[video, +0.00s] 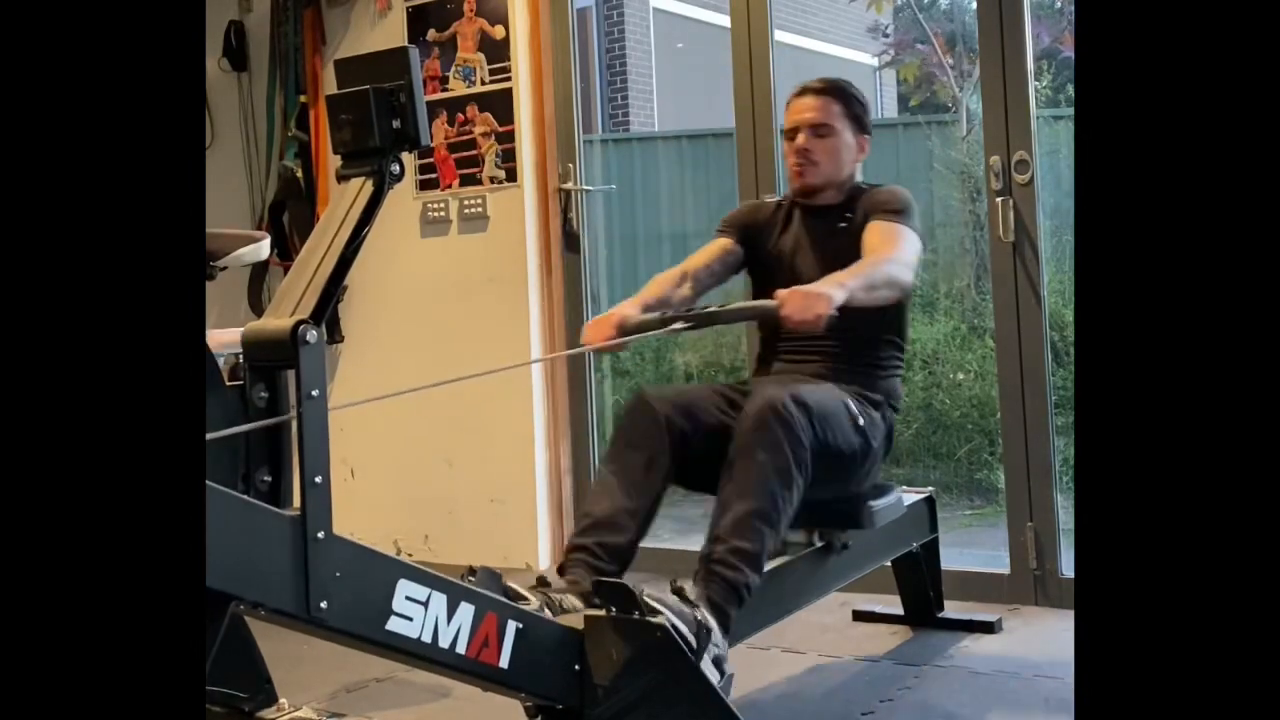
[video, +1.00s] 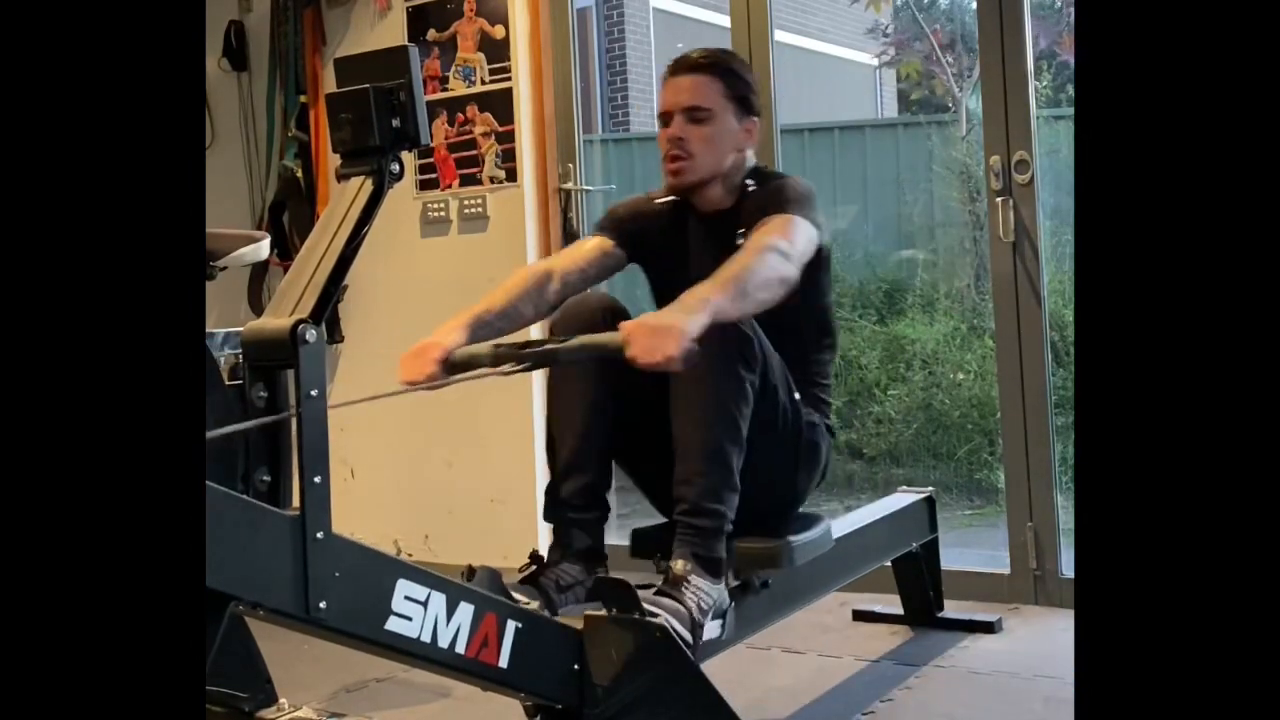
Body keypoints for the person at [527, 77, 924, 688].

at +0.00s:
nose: (799, 145)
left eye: (819, 132)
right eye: (791, 134)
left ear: (861, 146)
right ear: (781, 144)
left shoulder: (884, 208)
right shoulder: (759, 219)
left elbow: (894, 268)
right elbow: (688, 278)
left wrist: (835, 288)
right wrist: (629, 309)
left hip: (854, 414)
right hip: (758, 403)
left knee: (777, 406)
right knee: (653, 410)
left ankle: (710, 614)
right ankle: (578, 586)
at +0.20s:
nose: (830, 178)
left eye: (846, 163)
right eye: (821, 166)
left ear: (887, 165)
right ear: (813, 170)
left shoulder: (925, 233)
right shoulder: (804, 238)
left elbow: (1012, 295)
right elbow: (742, 291)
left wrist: (928, 287)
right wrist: (712, 302)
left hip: (869, 410)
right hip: (779, 407)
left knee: (797, 470)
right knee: (696, 472)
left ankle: (719, 625)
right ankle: (595, 594)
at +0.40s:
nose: (788, 167)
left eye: (806, 151)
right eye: (778, 154)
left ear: (850, 154)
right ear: (770, 160)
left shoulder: (900, 229)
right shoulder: (766, 240)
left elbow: (1010, 292)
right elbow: (710, 302)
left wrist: (906, 280)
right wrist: (689, 307)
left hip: (854, 444)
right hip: (759, 434)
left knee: (768, 396)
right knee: (662, 394)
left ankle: (718, 619)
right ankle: (592, 585)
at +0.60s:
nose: (722, 140)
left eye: (742, 124)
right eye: (714, 127)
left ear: (791, 136)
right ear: (705, 136)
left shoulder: (825, 205)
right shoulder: (694, 223)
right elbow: (604, 272)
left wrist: (756, 278)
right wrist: (538, 299)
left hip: (808, 472)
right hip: (714, 471)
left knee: (738, 343)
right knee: (609, 346)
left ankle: (707, 592)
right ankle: (579, 571)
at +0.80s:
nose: (642, 140)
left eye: (667, 121)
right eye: (635, 124)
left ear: (722, 135)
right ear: (627, 134)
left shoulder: (766, 208)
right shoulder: (622, 226)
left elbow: (737, 267)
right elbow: (527, 284)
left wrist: (649, 322)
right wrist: (422, 341)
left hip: (766, 476)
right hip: (667, 475)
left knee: (708, 324)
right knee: (572, 313)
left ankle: (695, 575)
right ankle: (574, 560)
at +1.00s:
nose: (673, 134)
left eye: (696, 118)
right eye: (665, 120)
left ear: (747, 133)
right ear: (656, 133)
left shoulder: (787, 200)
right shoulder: (645, 220)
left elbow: (773, 263)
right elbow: (554, 278)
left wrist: (691, 310)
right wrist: (460, 330)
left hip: (774, 467)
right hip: (680, 465)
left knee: (717, 330)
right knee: (584, 314)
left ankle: (699, 575)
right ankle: (575, 560)